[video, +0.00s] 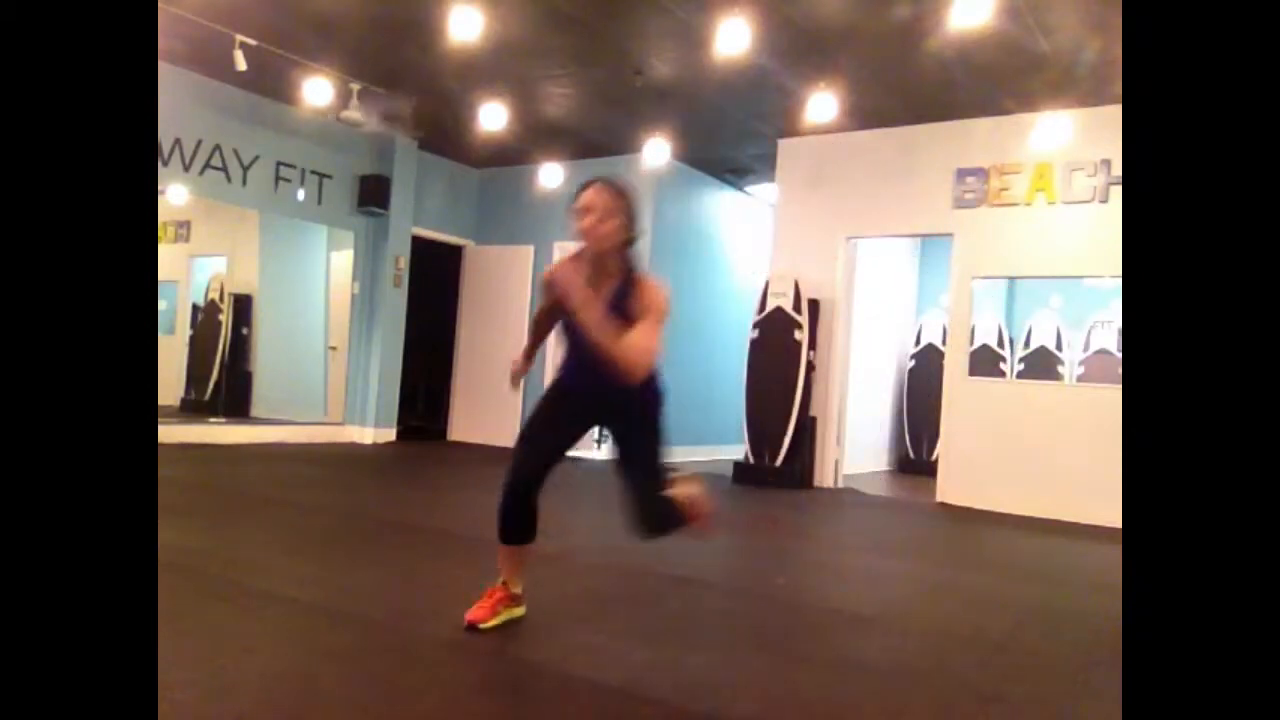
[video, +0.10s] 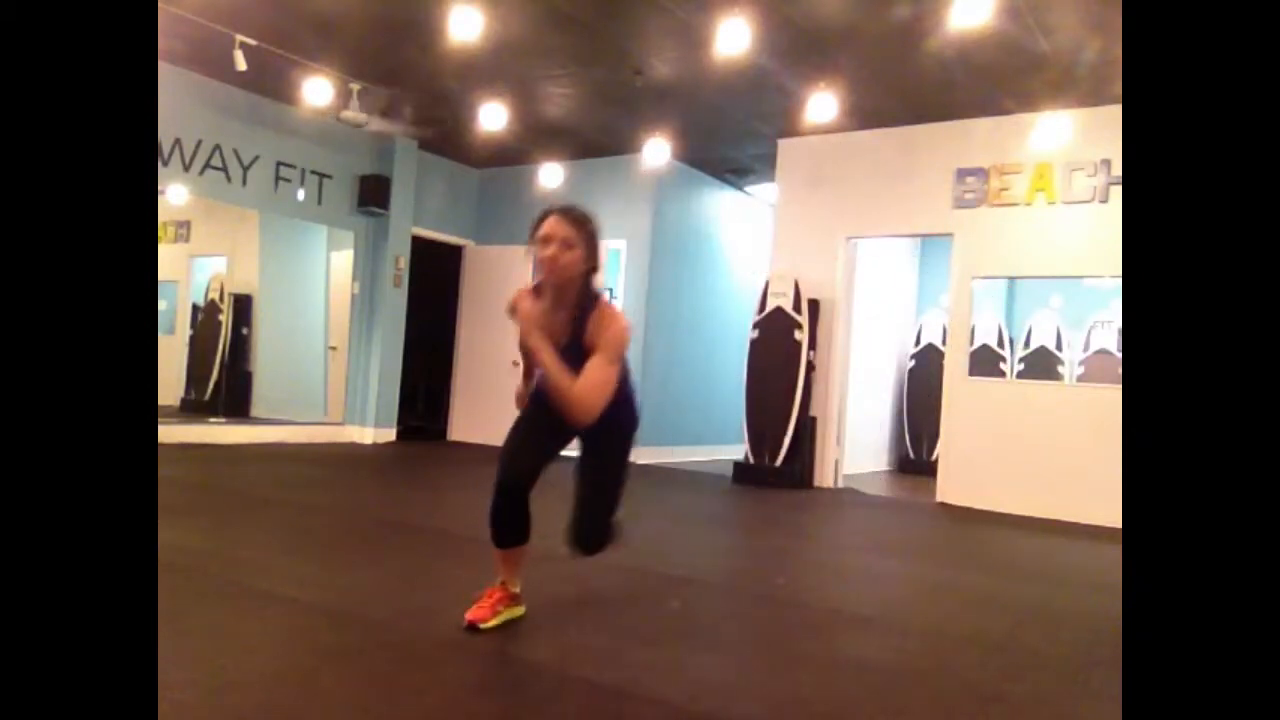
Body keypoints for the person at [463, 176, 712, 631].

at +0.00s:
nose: (590, 223)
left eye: (602, 215)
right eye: (583, 214)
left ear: (626, 225)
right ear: (575, 222)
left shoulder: (647, 293)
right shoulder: (564, 277)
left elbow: (634, 364)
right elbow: (547, 318)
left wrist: (581, 299)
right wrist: (528, 356)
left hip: (632, 399)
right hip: (575, 390)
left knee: (650, 518)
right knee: (521, 478)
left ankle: (689, 500)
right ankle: (510, 590)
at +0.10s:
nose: (550, 253)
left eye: (565, 245)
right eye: (543, 243)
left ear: (589, 259)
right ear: (533, 252)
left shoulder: (610, 324)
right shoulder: (526, 303)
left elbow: (583, 408)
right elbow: (529, 343)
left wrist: (536, 338)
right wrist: (525, 384)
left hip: (608, 413)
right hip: (553, 401)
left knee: (585, 539)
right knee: (510, 483)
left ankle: (608, 523)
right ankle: (508, 590)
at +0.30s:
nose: (521, 271)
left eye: (537, 263)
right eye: (515, 260)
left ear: (564, 278)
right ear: (505, 268)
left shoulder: (586, 337)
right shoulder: (503, 322)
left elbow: (559, 433)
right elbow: (522, 386)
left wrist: (500, 362)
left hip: (598, 425)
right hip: (540, 410)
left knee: (547, 542)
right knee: (496, 484)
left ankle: (520, 524)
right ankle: (505, 589)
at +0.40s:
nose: (542, 250)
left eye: (557, 243)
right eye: (535, 240)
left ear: (581, 256)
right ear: (525, 250)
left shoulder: (603, 322)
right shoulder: (522, 308)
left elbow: (570, 416)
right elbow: (510, 370)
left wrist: (516, 345)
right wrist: (480, 429)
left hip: (608, 419)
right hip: (552, 403)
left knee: (554, 528)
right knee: (505, 478)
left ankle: (530, 534)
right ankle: (507, 590)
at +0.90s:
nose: (828, 176)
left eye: (838, 164)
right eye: (815, 167)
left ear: (858, 173)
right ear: (797, 178)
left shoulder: (886, 238)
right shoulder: (782, 247)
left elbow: (961, 300)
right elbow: (744, 329)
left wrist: (953, 371)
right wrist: (775, 285)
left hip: (848, 385)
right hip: (780, 380)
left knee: (896, 503)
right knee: (734, 443)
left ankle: (951, 636)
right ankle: (678, 503)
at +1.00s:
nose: (874, 220)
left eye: (885, 207)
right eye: (861, 210)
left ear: (906, 218)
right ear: (844, 224)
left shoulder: (931, 282)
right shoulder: (821, 288)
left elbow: (969, 349)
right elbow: (811, 378)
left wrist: (997, 429)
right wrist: (854, 319)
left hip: (899, 417)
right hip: (831, 416)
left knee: (938, 526)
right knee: (785, 531)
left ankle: (955, 647)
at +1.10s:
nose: (911, 252)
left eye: (923, 241)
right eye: (896, 244)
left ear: (940, 252)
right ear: (877, 258)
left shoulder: (958, 310)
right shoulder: (850, 323)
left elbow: (959, 357)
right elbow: (868, 426)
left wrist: (964, 406)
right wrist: (904, 357)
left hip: (923, 424)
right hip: (860, 434)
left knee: (946, 536)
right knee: (868, 568)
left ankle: (954, 650)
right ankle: (889, 535)